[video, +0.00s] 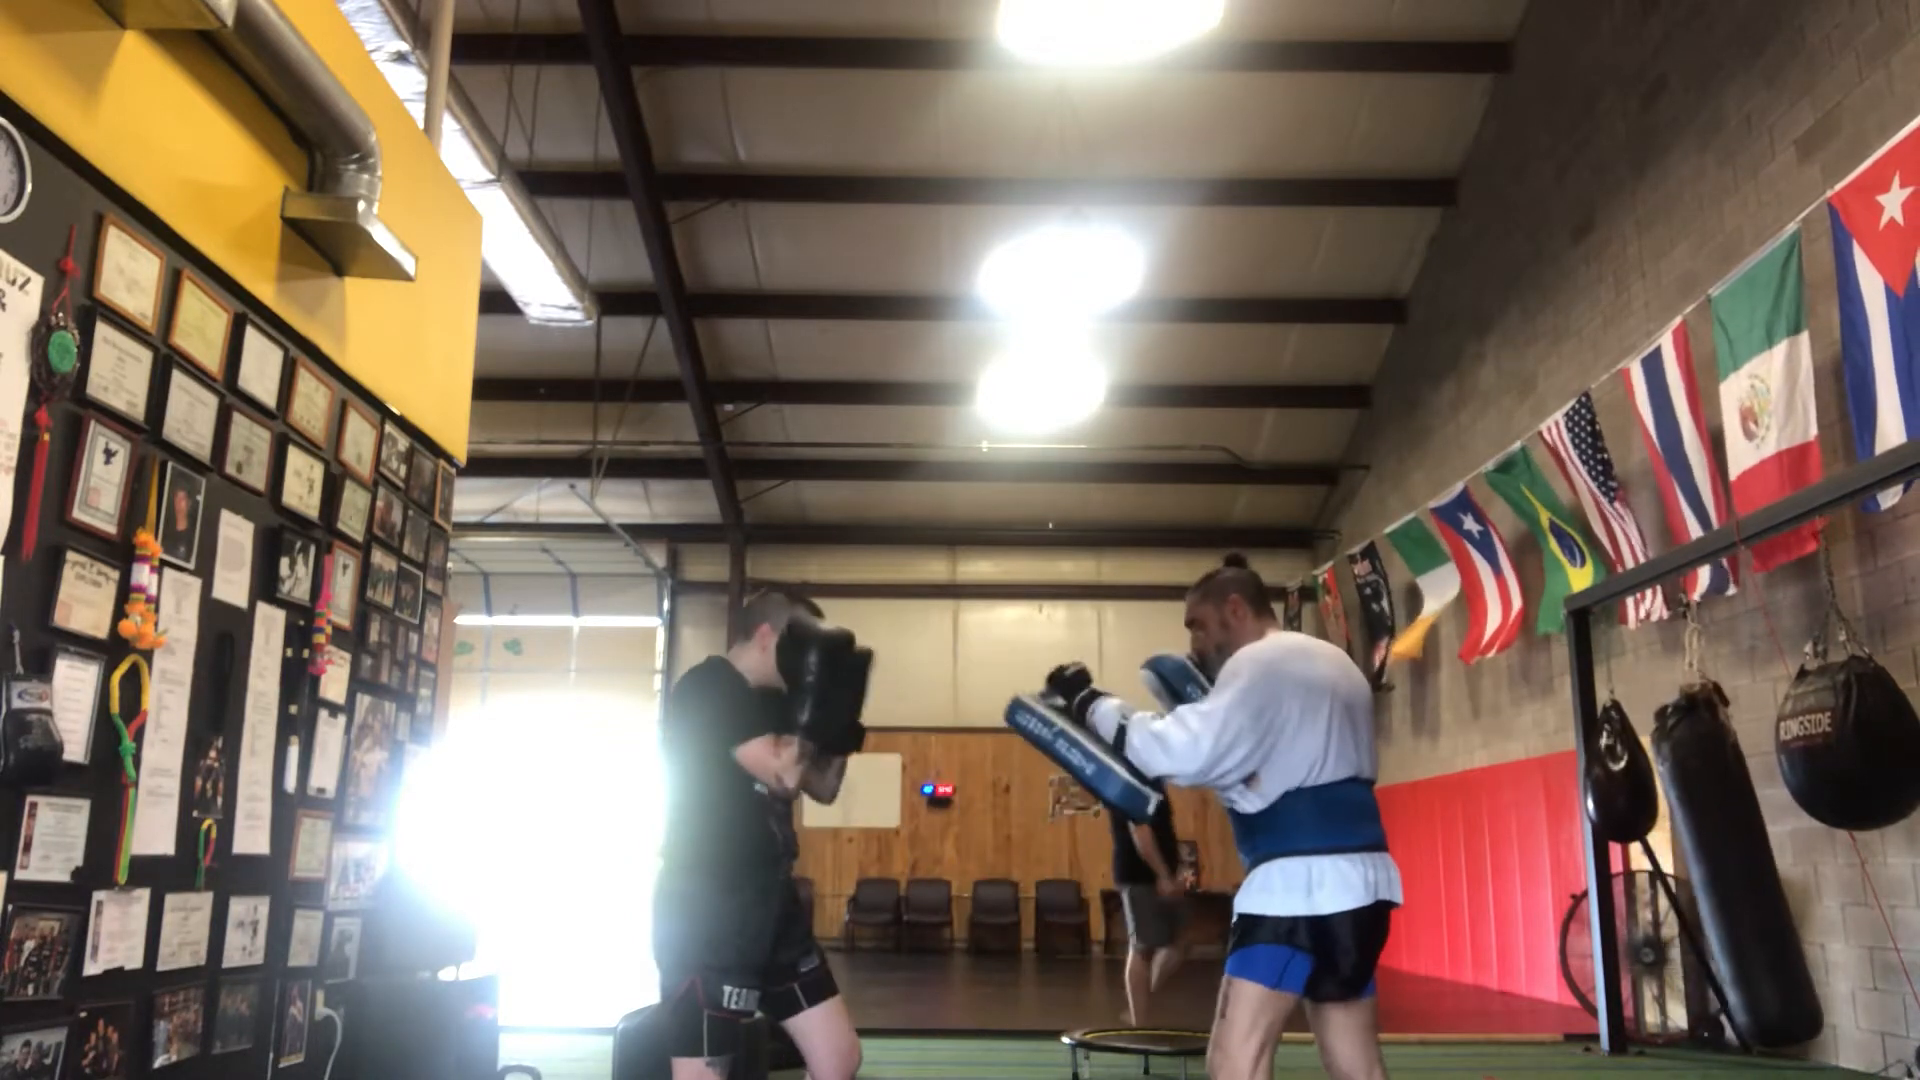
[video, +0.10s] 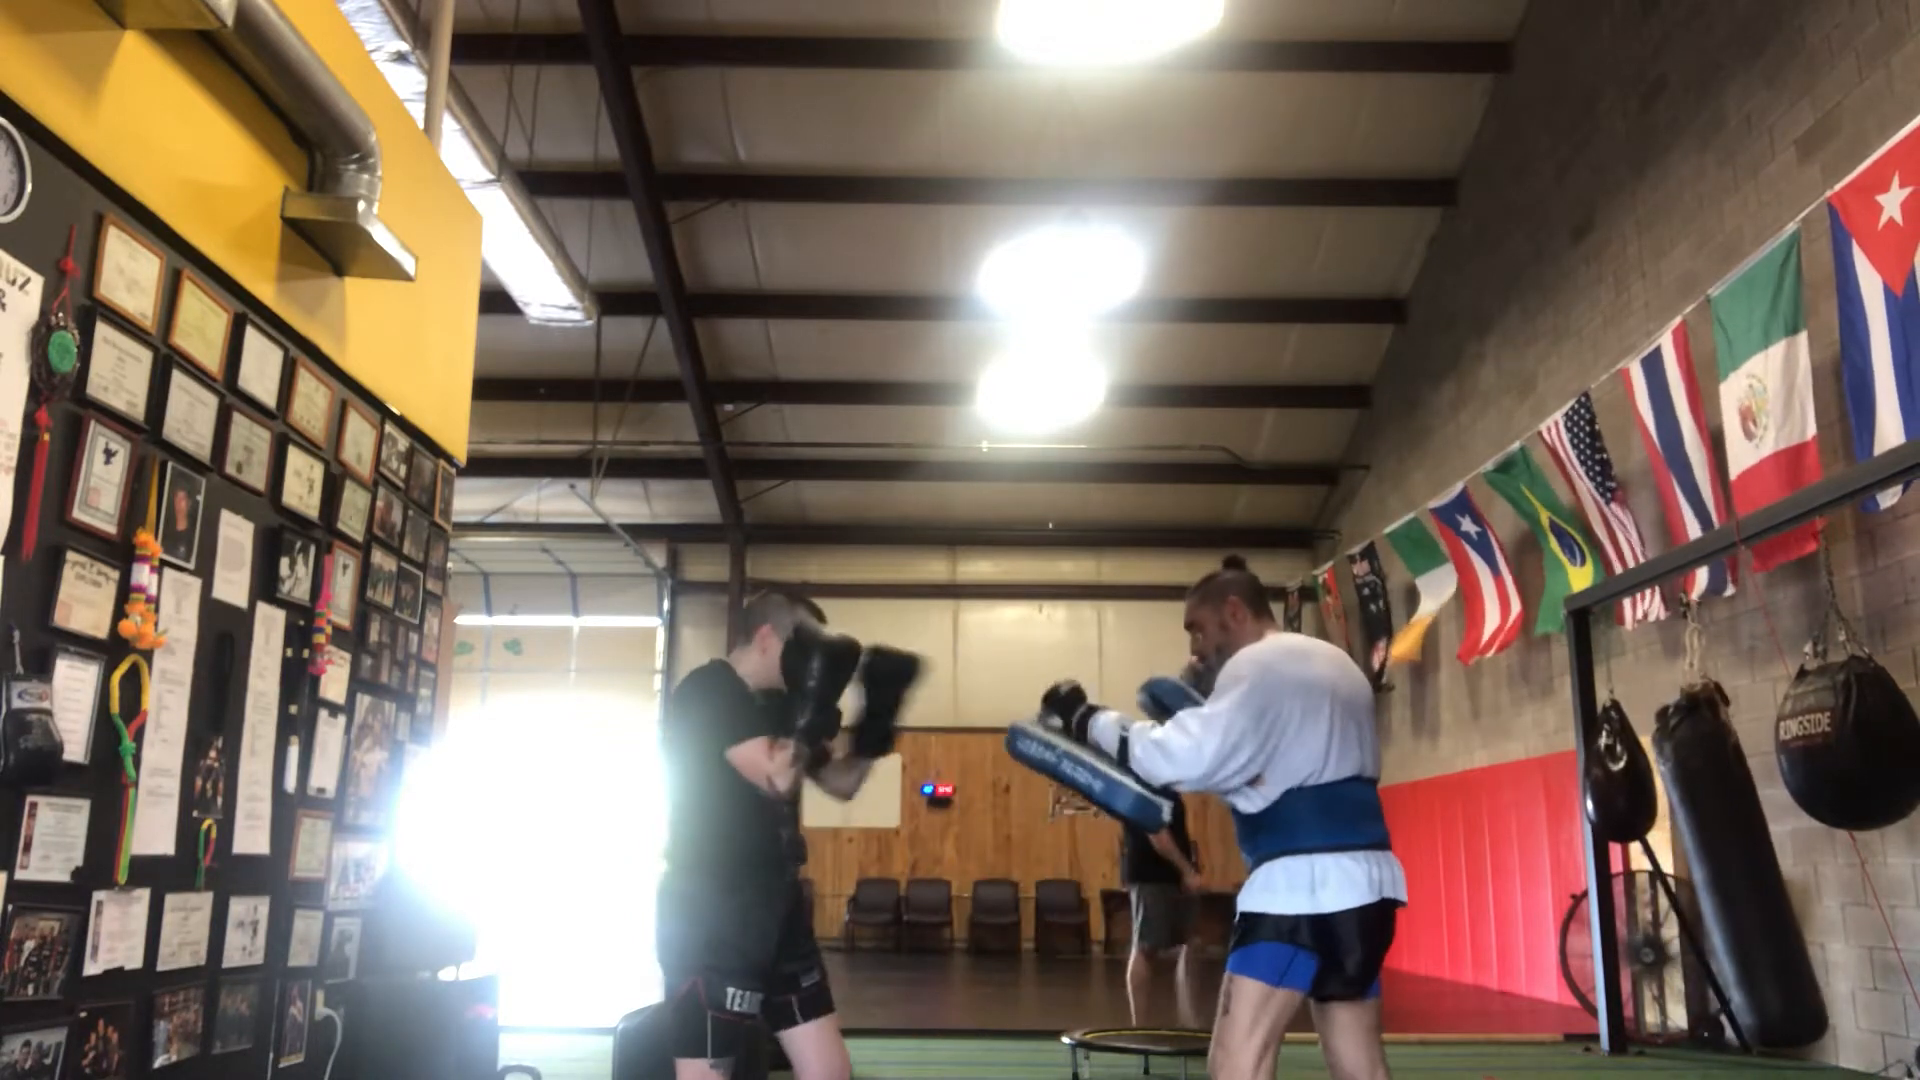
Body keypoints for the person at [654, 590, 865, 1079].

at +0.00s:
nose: (804, 659)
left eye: (810, 647)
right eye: (799, 645)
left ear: (767, 639)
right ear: (766, 635)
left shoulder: (778, 698)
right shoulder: (707, 685)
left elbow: (824, 787)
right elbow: (783, 773)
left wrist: (841, 701)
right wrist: (817, 692)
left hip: (772, 901)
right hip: (706, 905)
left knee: (838, 1057)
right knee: (701, 1070)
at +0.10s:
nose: (803, 659)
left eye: (810, 648)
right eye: (800, 645)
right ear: (767, 636)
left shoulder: (781, 702)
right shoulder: (708, 688)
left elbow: (842, 783)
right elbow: (777, 778)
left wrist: (879, 711)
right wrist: (812, 697)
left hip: (777, 907)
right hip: (710, 911)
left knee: (828, 1068)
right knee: (705, 1071)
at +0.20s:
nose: (811, 656)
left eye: (817, 646)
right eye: (806, 643)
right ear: (772, 636)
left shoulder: (790, 702)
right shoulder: (711, 691)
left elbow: (881, 754)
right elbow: (780, 778)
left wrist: (949, 710)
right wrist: (815, 699)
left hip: (784, 904)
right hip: (716, 908)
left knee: (838, 1068)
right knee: (709, 1071)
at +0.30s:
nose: (824, 654)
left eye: (829, 644)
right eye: (817, 641)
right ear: (782, 636)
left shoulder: (810, 698)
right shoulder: (725, 686)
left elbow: (907, 744)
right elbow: (790, 771)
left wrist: (973, 697)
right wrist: (826, 692)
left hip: (795, 900)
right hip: (725, 904)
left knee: (883, 1044)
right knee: (709, 1070)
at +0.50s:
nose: (851, 650)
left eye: (855, 641)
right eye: (843, 639)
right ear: (811, 632)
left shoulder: (847, 695)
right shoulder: (753, 687)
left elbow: (940, 714)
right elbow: (816, 764)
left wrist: (968, 646)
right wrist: (850, 683)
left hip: (834, 898)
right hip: (759, 905)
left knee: (942, 1021)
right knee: (731, 1070)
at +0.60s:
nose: (872, 660)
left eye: (876, 649)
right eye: (864, 647)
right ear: (831, 644)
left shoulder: (870, 703)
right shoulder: (771, 701)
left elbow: (941, 760)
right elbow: (825, 781)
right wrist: (866, 701)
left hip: (860, 912)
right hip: (782, 916)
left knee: (942, 1054)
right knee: (753, 1071)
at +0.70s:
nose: (904, 676)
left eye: (906, 665)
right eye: (896, 664)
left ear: (867, 663)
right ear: (857, 660)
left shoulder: (900, 723)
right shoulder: (800, 722)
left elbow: (950, 802)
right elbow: (832, 811)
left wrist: (1006, 784)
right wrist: (882, 734)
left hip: (889, 923)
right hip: (819, 926)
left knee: (952, 1069)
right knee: (788, 1068)